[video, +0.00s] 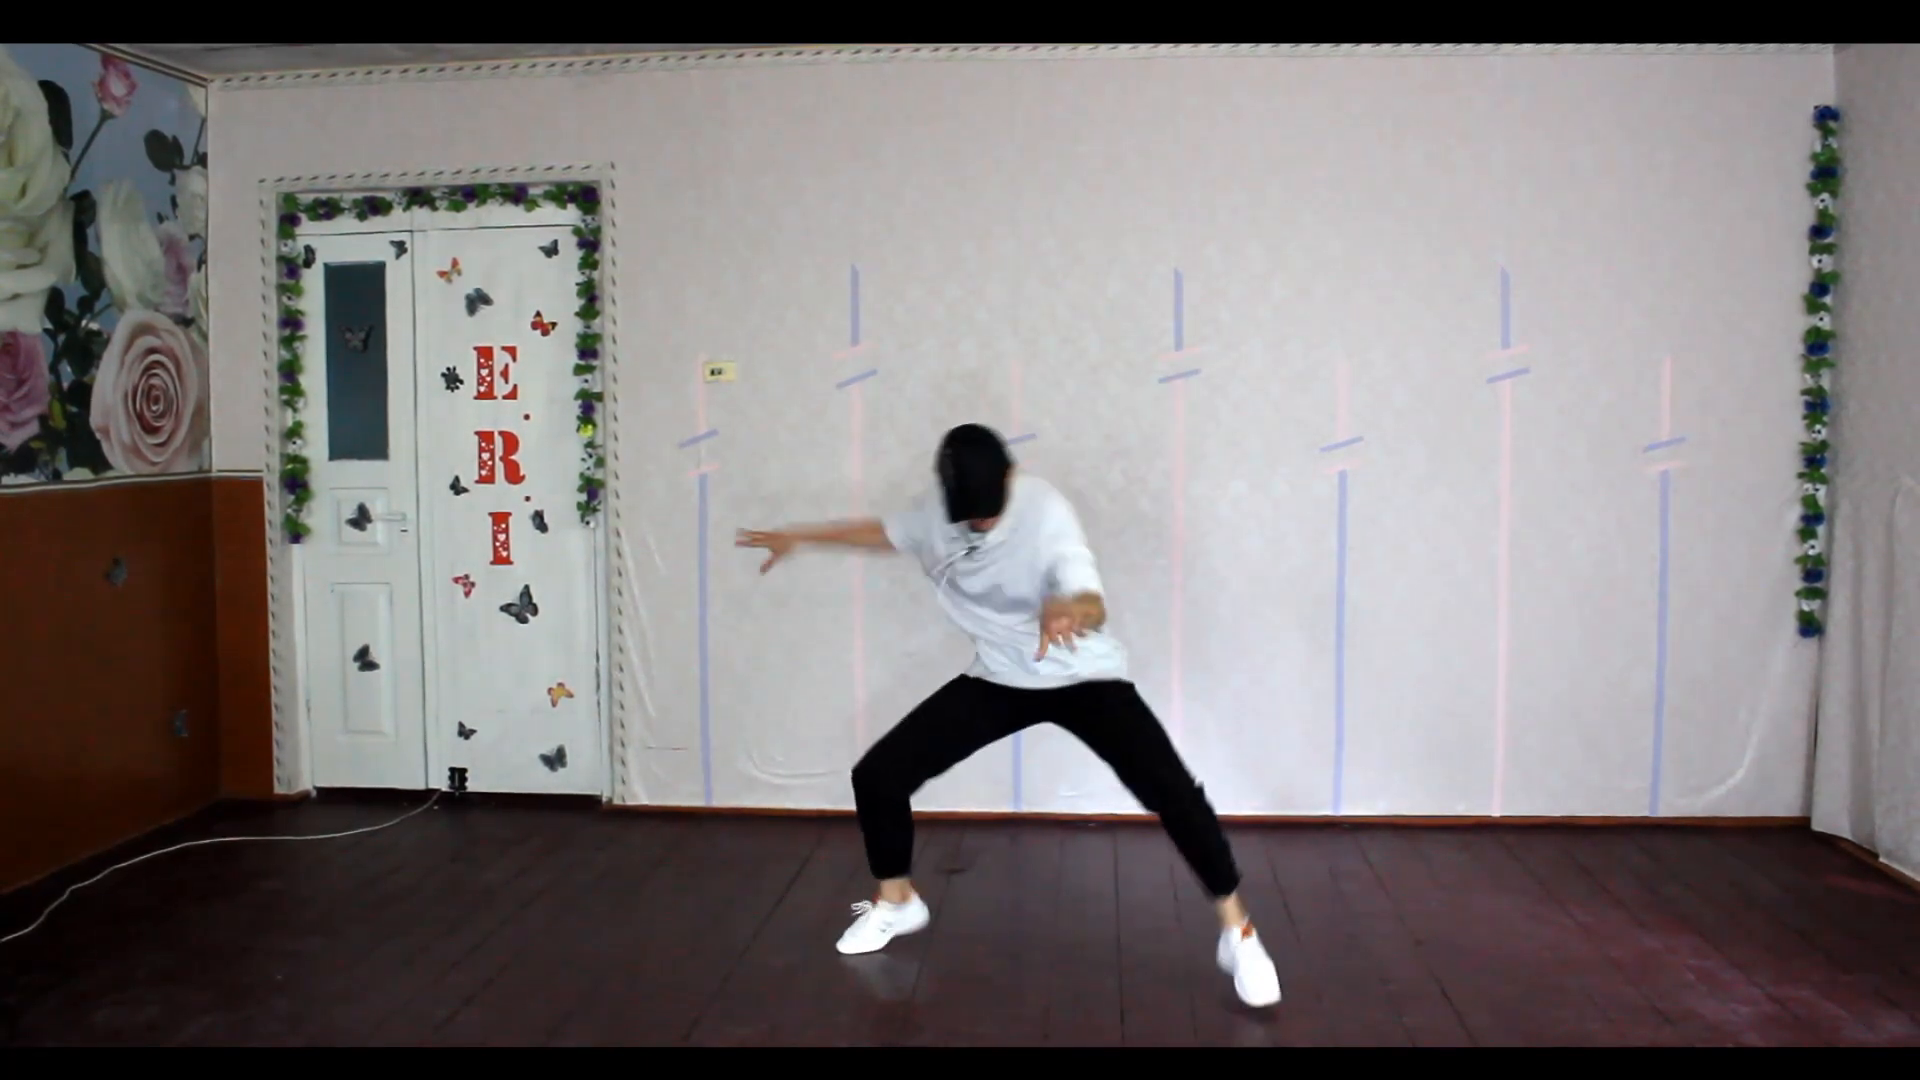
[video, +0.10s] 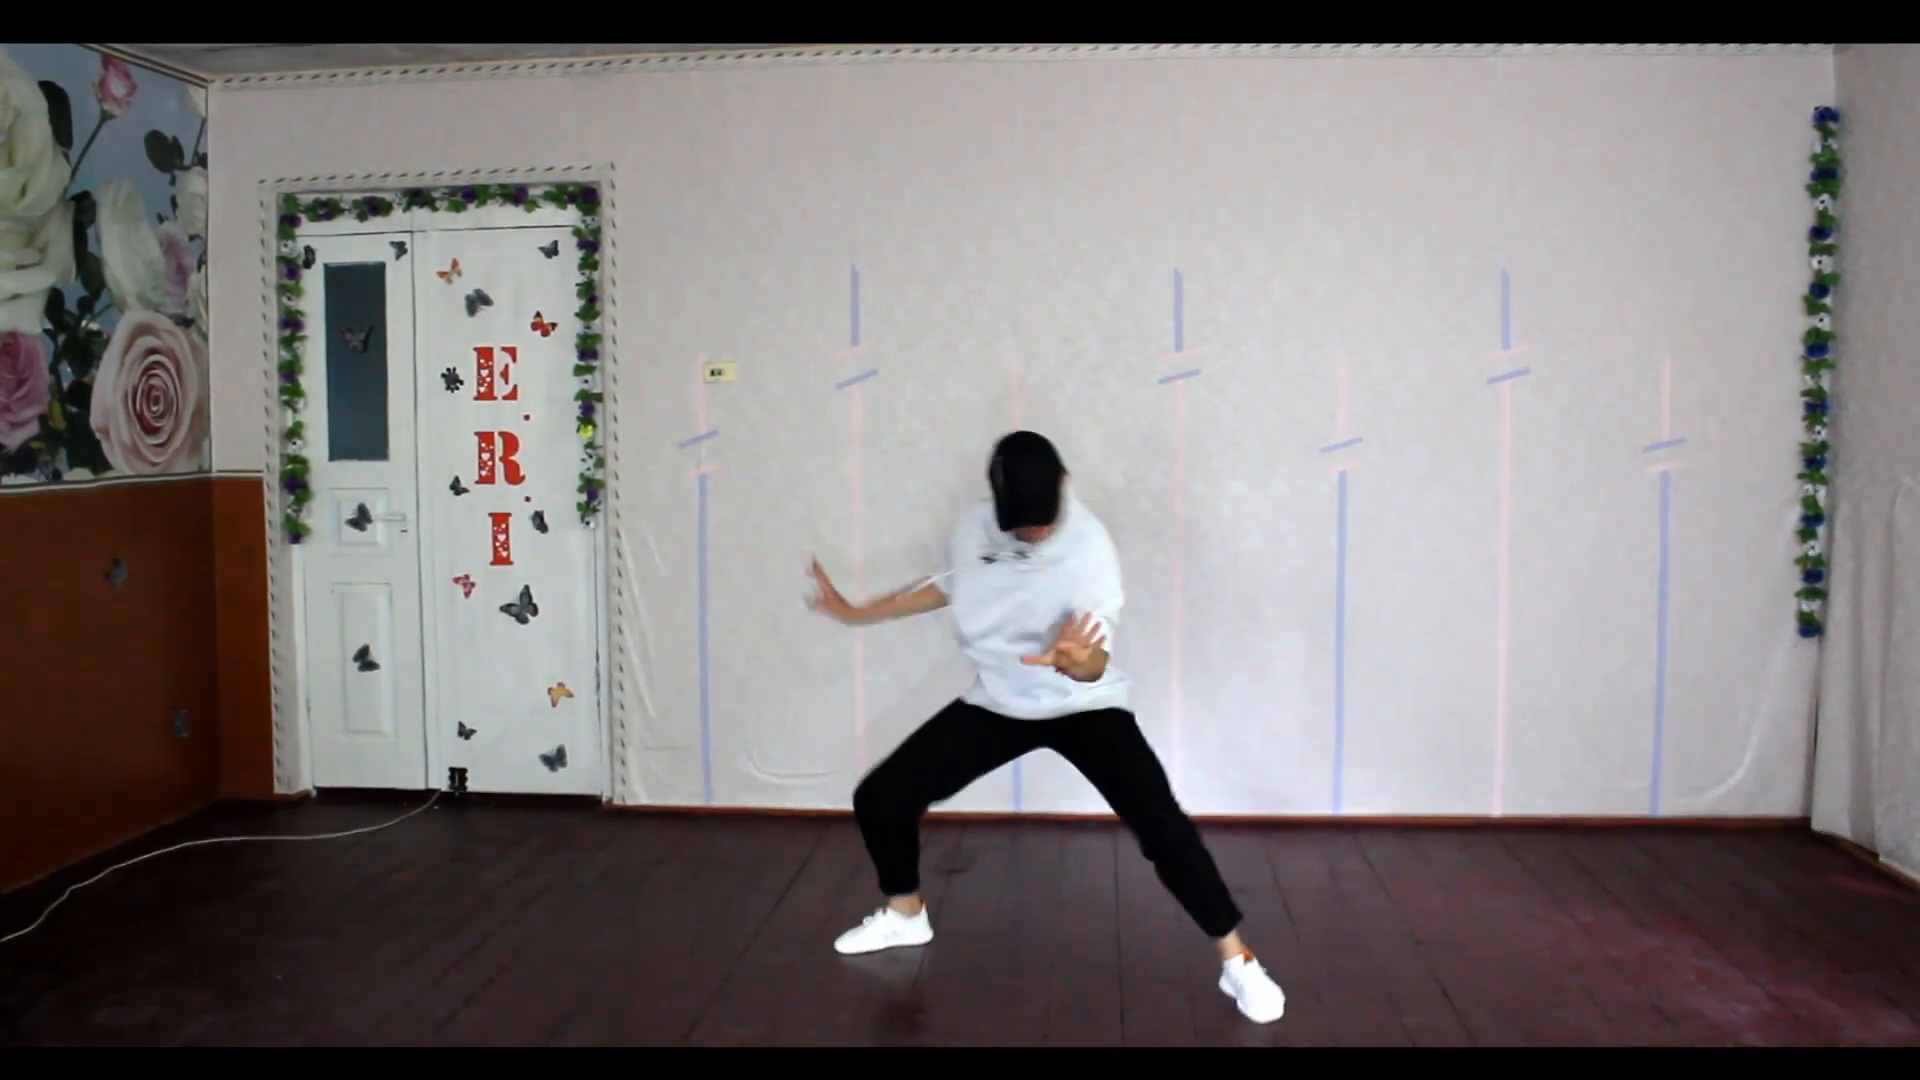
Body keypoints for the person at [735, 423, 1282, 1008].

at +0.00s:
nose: (982, 527)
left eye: (991, 516)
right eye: (969, 519)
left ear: (1007, 486)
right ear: (947, 499)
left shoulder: (1045, 511)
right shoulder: (930, 522)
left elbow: (1090, 603)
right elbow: (877, 535)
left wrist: (1061, 611)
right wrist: (795, 537)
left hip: (1085, 682)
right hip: (996, 682)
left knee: (1174, 794)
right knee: (879, 775)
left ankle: (1237, 929)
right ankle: (896, 901)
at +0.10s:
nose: (1036, 536)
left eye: (1044, 526)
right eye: (1023, 529)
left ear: (1061, 498)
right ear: (998, 506)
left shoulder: (1087, 542)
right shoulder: (976, 528)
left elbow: (1098, 658)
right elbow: (947, 588)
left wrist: (1077, 663)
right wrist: (858, 613)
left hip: (1086, 711)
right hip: (996, 706)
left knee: (1162, 825)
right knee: (882, 798)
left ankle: (1238, 959)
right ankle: (904, 914)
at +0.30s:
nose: (998, 534)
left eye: (1006, 522)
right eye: (985, 526)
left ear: (1021, 494)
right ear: (962, 509)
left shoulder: (1054, 522)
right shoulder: (945, 539)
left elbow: (1098, 609)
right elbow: (895, 559)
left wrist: (1069, 599)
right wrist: (815, 561)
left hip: (1089, 698)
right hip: (999, 700)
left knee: (1191, 793)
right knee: (866, 773)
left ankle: (1249, 942)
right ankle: (881, 894)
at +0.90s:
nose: (971, 529)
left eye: (980, 515)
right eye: (959, 519)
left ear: (1002, 485)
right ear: (942, 502)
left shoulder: (1049, 508)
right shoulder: (943, 540)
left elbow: (1093, 571)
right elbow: (870, 586)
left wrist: (1085, 598)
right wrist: (832, 532)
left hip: (1108, 689)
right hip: (1017, 691)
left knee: (1196, 809)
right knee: (895, 784)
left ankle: (1264, 947)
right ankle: (891, 903)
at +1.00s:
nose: (997, 496)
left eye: (1005, 485)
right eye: (988, 486)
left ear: (1021, 472)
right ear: (975, 478)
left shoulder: (1072, 500)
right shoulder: (967, 532)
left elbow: (1106, 589)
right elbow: (917, 592)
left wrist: (1056, 599)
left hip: (1114, 684)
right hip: (1022, 688)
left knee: (1209, 797)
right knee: (902, 786)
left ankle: (1267, 939)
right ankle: (891, 904)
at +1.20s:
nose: (1145, 505)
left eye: (1154, 493)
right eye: (1133, 495)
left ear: (1165, 474)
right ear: (1109, 474)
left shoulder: (1175, 517)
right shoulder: (1065, 497)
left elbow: (1166, 613)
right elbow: (1050, 589)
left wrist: (1090, 646)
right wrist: (1146, 618)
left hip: (1127, 704)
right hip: (1032, 699)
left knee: (1219, 818)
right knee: (920, 813)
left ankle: (1258, 953)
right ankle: (905, 916)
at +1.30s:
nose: (1159, 515)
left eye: (1169, 504)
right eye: (1147, 505)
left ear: (1183, 481)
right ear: (1123, 480)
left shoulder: (1193, 526)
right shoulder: (1080, 500)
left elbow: (1176, 622)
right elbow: (1064, 598)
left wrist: (1123, 631)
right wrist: (1162, 611)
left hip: (1135, 704)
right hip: (1039, 698)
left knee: (1225, 823)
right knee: (919, 816)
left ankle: (1258, 953)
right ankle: (905, 916)